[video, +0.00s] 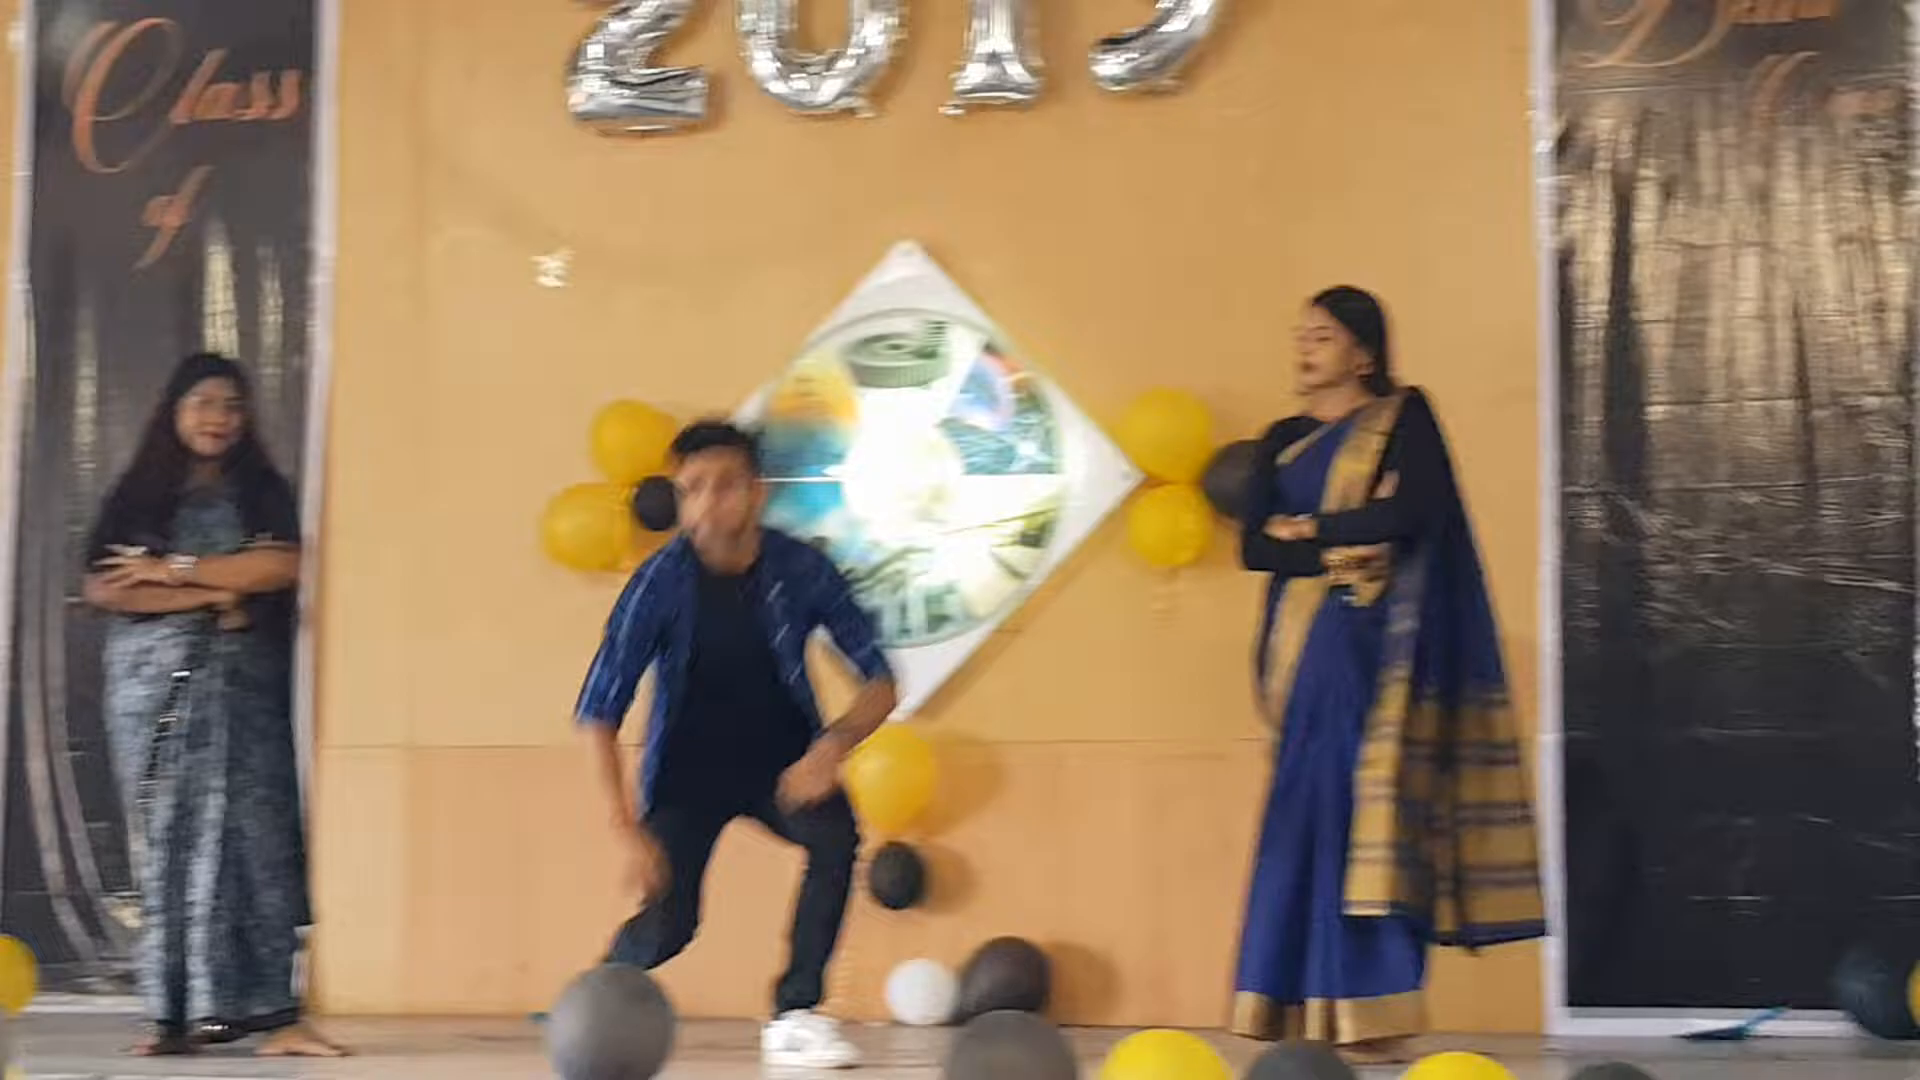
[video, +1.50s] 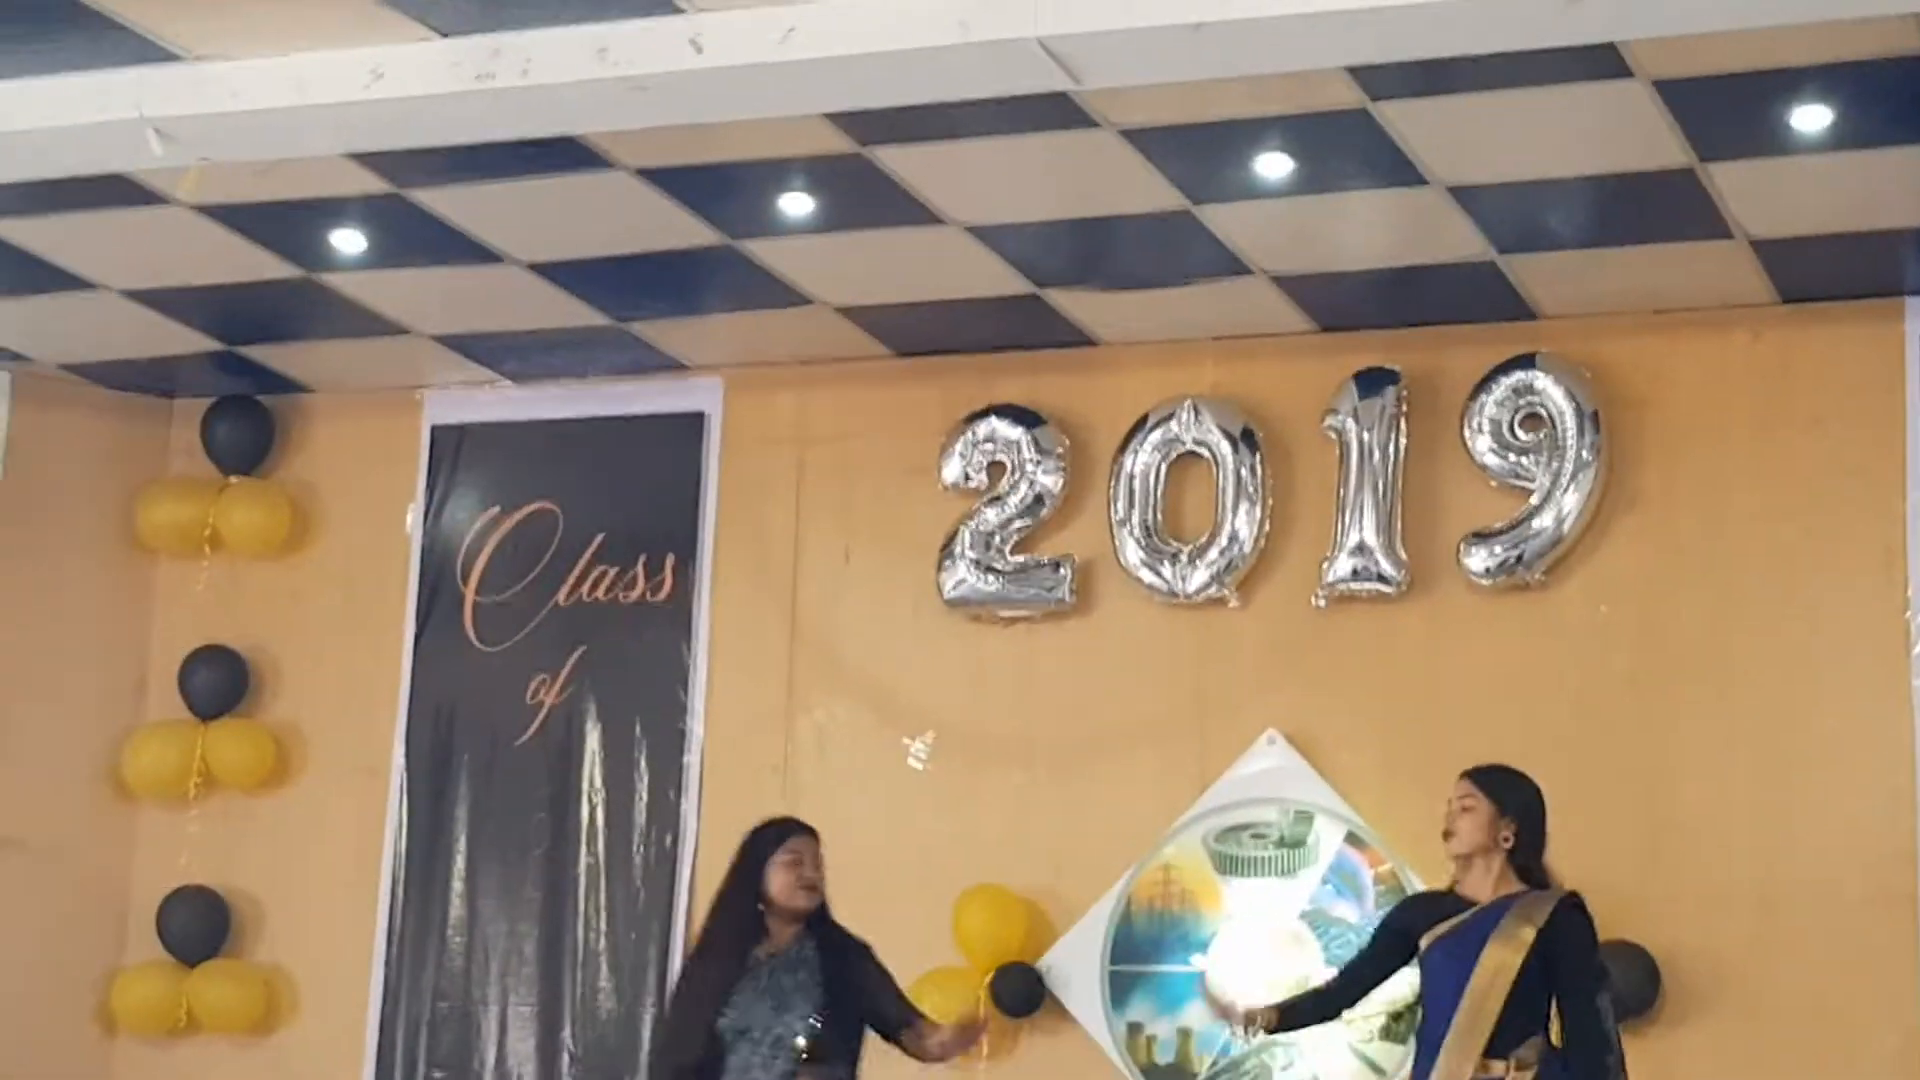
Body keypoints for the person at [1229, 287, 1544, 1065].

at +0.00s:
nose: (1305, 349)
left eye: (1320, 337)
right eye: (1301, 337)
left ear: (1362, 348)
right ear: (1299, 349)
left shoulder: (1402, 412)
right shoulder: (1284, 439)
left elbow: (1415, 513)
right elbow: (1253, 546)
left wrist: (1311, 528)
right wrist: (1325, 559)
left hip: (1384, 649)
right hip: (1304, 653)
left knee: (1363, 813)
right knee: (1307, 812)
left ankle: (1362, 1008)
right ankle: (1304, 1008)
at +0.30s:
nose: (1365, 324)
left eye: (1381, 312)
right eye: (1363, 311)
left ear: (1423, 325)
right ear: (1364, 321)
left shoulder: (1464, 391)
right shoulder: (1340, 415)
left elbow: (1460, 497)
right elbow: (1305, 521)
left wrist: (1361, 503)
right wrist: (1383, 532)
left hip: (1446, 630)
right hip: (1366, 635)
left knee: (1434, 799)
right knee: (1369, 797)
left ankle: (1434, 990)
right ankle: (1359, 990)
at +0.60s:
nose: (1346, 381)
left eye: (1361, 369)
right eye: (1345, 367)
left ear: (1402, 381)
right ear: (1346, 378)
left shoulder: (1442, 465)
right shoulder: (1314, 468)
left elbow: (1418, 565)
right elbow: (1253, 560)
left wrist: (1316, 542)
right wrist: (1347, 568)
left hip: (1412, 701)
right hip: (1328, 698)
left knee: (1408, 860)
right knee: (1320, 853)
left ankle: (1408, 1044)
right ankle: (1317, 1043)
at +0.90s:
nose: (1365, 652)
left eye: (1383, 641)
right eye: (1365, 637)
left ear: (1419, 658)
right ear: (1358, 645)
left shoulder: (1457, 743)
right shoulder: (1332, 736)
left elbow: (1476, 857)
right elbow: (1209, 741)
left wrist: (1459, 937)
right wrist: (1113, 696)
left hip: (1429, 950)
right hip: (1347, 948)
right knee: (1344, 1059)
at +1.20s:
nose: (1432, 790)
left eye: (1452, 782)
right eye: (1428, 781)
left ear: (1490, 809)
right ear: (1420, 801)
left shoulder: (1526, 885)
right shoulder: (1388, 881)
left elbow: (1564, 1006)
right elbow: (1286, 923)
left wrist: (1585, 1074)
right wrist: (1187, 922)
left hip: (1508, 1063)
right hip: (1410, 1063)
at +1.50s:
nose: (1448, 819)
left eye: (1466, 807)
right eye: (1449, 807)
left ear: (1507, 830)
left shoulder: (1557, 913)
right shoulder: (1422, 913)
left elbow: (1591, 1053)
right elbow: (1341, 993)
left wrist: (1517, 1066)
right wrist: (1257, 1020)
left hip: (1506, 1075)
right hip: (1428, 1069)